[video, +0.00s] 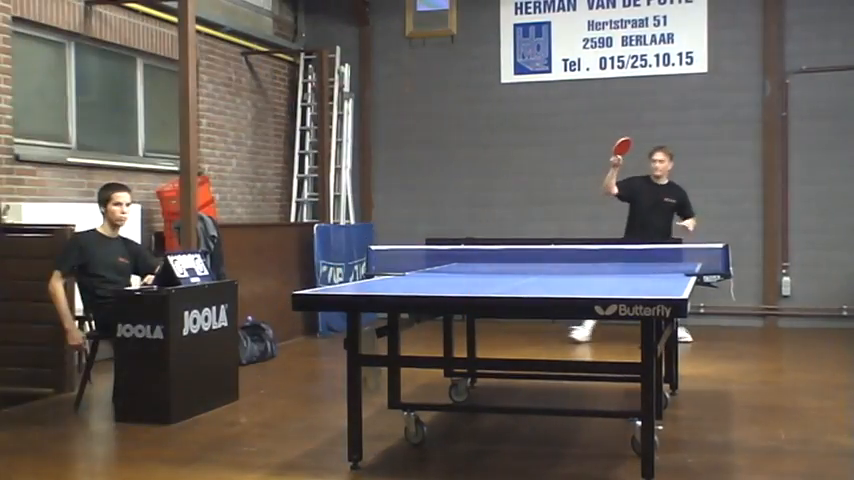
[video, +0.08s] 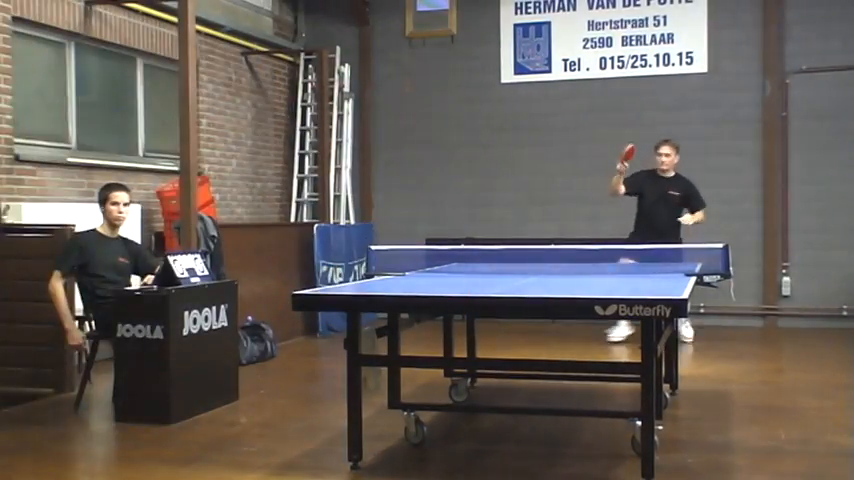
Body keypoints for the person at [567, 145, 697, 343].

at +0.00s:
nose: (656, 165)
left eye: (661, 161)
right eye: (653, 161)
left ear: (670, 165)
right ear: (649, 164)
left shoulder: (677, 192)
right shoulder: (636, 184)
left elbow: (690, 219)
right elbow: (609, 189)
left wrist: (687, 224)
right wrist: (614, 169)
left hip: (662, 251)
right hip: (631, 249)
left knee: (674, 285)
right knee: (609, 283)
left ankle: (675, 325)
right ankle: (588, 325)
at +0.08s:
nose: (663, 159)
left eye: (667, 155)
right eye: (660, 155)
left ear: (676, 158)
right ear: (655, 157)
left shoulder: (684, 185)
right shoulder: (643, 178)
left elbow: (701, 214)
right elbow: (616, 191)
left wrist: (691, 218)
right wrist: (620, 174)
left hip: (670, 245)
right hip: (639, 242)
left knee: (677, 283)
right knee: (622, 272)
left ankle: (682, 321)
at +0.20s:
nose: (650, 177)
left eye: (651, 171)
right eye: (647, 172)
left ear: (665, 162)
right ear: (663, 164)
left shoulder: (687, 179)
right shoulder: (670, 179)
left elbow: (691, 225)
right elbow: (678, 214)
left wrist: (653, 238)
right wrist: (657, 233)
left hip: (713, 235)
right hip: (698, 235)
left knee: (693, 292)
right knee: (691, 292)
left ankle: (711, 351)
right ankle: (709, 350)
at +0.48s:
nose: (654, 183)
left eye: (657, 177)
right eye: (653, 179)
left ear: (674, 172)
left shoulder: (693, 191)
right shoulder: (673, 196)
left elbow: (682, 232)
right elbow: (658, 231)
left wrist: (644, 219)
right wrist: (642, 215)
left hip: (711, 253)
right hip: (690, 252)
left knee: (672, 294)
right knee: (661, 297)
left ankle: (701, 346)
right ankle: (707, 346)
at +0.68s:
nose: (659, 200)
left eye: (664, 195)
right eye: (659, 195)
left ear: (681, 195)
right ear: (679, 196)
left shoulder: (698, 215)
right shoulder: (676, 223)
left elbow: (691, 252)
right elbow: (649, 240)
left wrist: (655, 243)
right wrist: (653, 214)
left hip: (710, 281)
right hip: (688, 279)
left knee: (671, 310)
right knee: (649, 312)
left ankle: (712, 347)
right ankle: (698, 344)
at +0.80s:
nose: (661, 218)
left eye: (666, 213)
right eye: (660, 214)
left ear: (682, 213)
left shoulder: (702, 235)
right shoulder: (674, 240)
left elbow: (698, 277)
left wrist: (665, 260)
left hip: (715, 295)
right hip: (689, 293)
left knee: (674, 315)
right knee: (648, 316)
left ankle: (714, 348)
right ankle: (697, 343)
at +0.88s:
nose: (659, 228)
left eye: (664, 223)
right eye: (658, 223)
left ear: (680, 223)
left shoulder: (703, 244)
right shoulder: (672, 248)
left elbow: (704, 288)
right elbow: (672, 289)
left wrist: (677, 274)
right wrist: (658, 308)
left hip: (716, 300)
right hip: (688, 299)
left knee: (675, 315)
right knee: (648, 321)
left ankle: (716, 349)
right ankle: (696, 344)